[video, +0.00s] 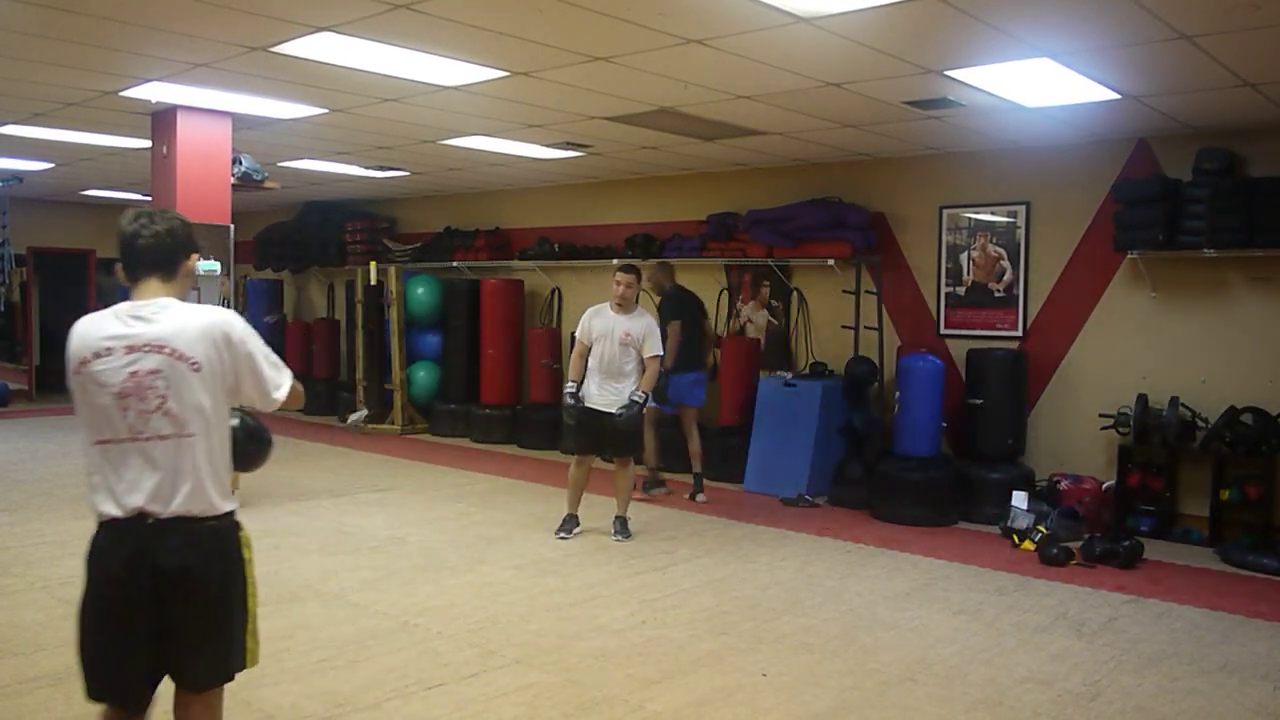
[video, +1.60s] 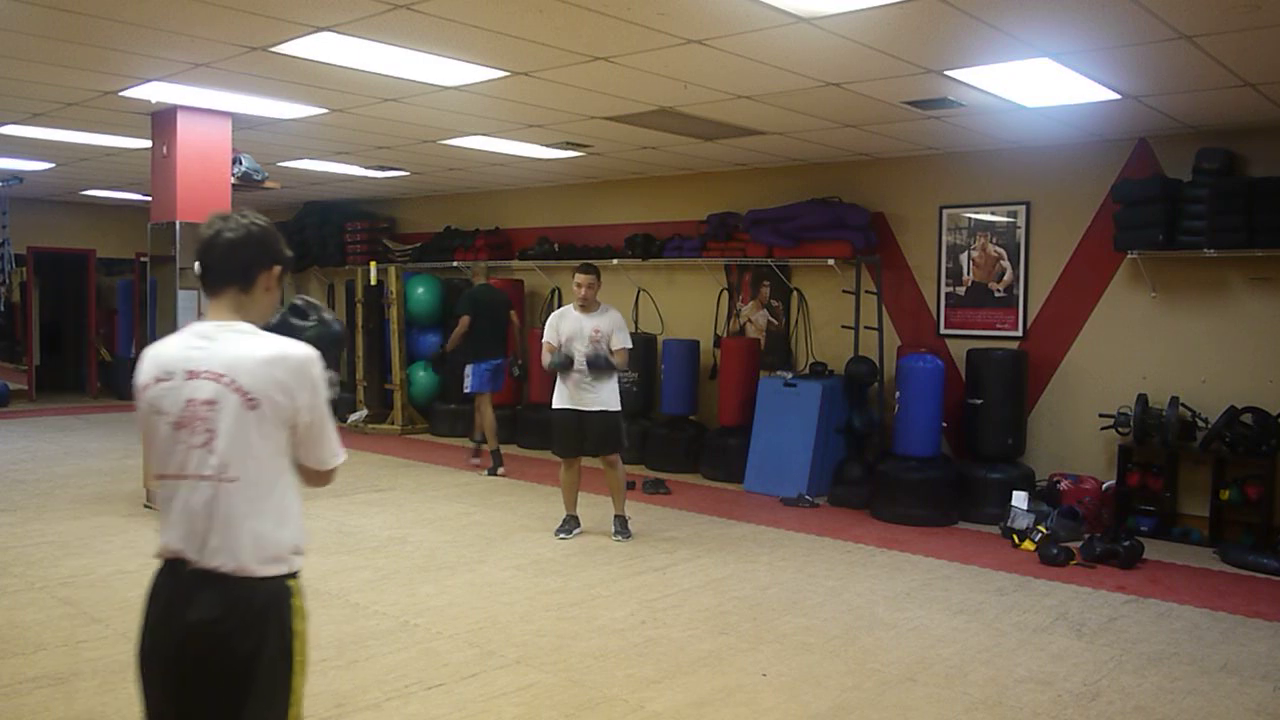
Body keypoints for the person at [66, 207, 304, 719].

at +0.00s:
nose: (197, 268)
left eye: (193, 259)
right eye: (195, 260)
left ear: (122, 270)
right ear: (188, 264)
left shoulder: (82, 336)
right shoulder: (218, 327)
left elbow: (109, 424)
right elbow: (290, 396)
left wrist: (214, 440)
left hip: (119, 548)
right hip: (204, 547)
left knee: (121, 703)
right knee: (200, 699)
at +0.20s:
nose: (147, 273)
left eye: (143, 263)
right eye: (146, 264)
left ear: (70, 274)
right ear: (141, 267)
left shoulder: (26, 346)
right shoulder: (170, 334)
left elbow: (53, 437)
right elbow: (254, 407)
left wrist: (170, 440)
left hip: (61, 571)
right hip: (158, 567)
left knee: (47, 711)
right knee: (174, 708)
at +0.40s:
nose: (100, 271)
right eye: (101, 262)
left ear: (19, 276)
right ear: (94, 264)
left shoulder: (2, 332)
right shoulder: (126, 328)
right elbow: (211, 427)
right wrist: (133, 416)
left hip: (11, 571)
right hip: (116, 569)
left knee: (26, 710)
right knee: (145, 708)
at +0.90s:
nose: (133, 269)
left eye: (133, 257)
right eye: (133, 257)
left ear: (43, 258)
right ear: (119, 259)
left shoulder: (7, 341)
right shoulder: (143, 339)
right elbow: (183, 486)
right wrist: (187, 395)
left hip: (27, 592)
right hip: (127, 597)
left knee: (31, 712)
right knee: (140, 710)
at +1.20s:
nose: (196, 274)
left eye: (196, 260)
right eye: (196, 260)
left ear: (113, 255)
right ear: (182, 260)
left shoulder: (50, 346)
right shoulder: (198, 345)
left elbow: (46, 474)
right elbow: (236, 494)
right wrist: (236, 393)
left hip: (76, 605)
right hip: (175, 611)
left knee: (79, 712)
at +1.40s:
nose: (237, 288)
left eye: (240, 275)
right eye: (239, 274)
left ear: (154, 262)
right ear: (223, 268)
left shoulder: (93, 352)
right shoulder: (241, 354)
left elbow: (94, 464)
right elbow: (285, 486)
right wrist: (296, 388)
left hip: (113, 603)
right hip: (209, 611)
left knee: (118, 713)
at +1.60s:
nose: (280, 294)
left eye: (282, 281)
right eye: (281, 280)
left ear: (204, 277)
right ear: (268, 278)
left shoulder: (154, 360)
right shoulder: (293, 361)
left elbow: (159, 477)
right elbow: (320, 472)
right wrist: (311, 374)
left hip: (173, 596)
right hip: (259, 605)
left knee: (171, 712)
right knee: (262, 711)